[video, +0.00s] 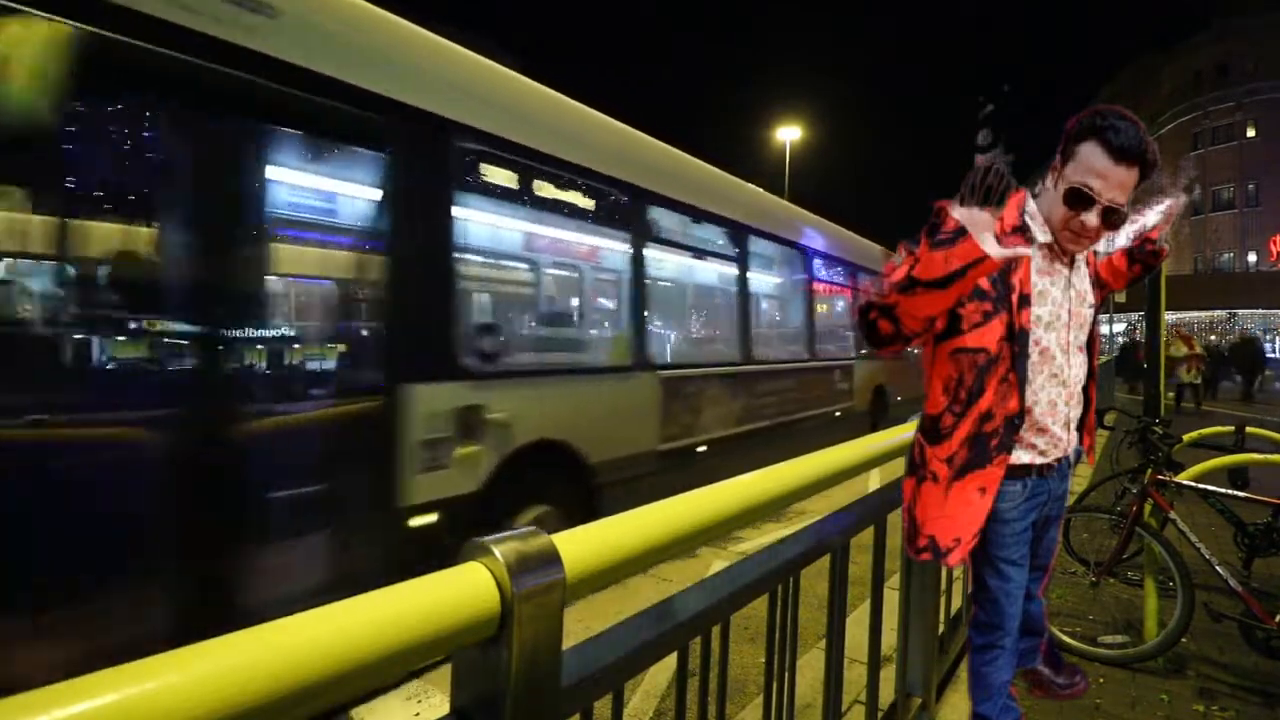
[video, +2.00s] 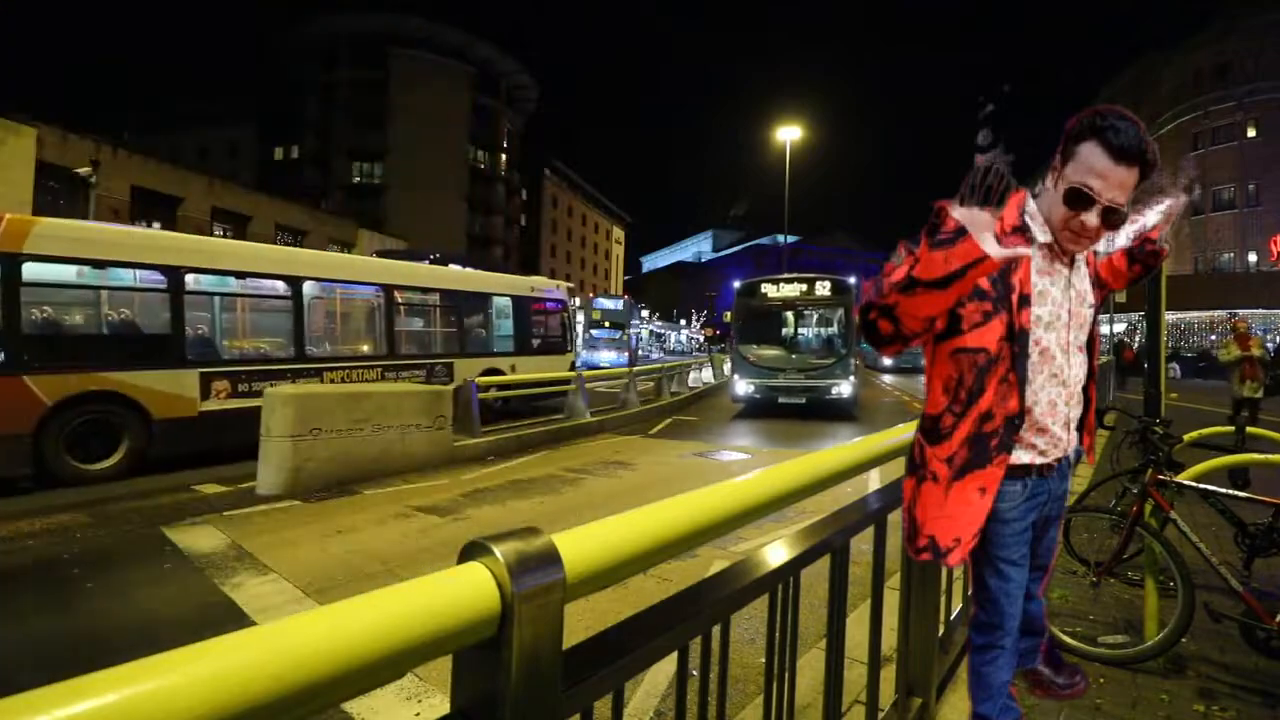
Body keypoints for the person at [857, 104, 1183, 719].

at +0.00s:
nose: (1089, 222)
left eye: (1109, 212)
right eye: (1080, 197)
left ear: (1123, 211)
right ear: (1052, 171)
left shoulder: (1083, 264)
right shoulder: (984, 242)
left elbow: (1112, 273)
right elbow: (882, 326)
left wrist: (1150, 241)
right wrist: (962, 245)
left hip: (1057, 467)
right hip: (1000, 474)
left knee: (1035, 581)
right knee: (999, 611)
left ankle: (1028, 659)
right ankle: (994, 709)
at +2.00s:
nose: (1089, 222)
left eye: (1110, 212)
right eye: (1079, 198)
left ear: (1123, 211)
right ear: (1051, 171)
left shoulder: (1084, 264)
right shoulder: (985, 242)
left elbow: (1112, 272)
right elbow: (882, 328)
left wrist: (1151, 241)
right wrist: (962, 246)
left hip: (1057, 467)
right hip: (1000, 475)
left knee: (1035, 581)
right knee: (1000, 612)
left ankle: (1027, 659)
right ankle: (993, 709)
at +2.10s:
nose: (1089, 222)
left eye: (1110, 211)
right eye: (1079, 198)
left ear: (1123, 211)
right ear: (1052, 171)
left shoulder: (1084, 264)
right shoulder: (985, 242)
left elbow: (1112, 272)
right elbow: (882, 328)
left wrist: (1151, 241)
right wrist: (962, 246)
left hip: (1057, 467)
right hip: (1000, 475)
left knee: (1034, 581)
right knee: (1000, 612)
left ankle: (1027, 659)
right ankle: (993, 709)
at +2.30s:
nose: (1089, 222)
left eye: (1110, 212)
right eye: (1079, 198)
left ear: (1123, 212)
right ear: (1052, 172)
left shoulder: (1083, 264)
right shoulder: (985, 243)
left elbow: (1108, 274)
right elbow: (882, 328)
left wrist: (1151, 241)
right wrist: (961, 245)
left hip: (1058, 467)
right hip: (1000, 476)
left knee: (1034, 581)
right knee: (999, 614)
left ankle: (1028, 658)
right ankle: (994, 709)